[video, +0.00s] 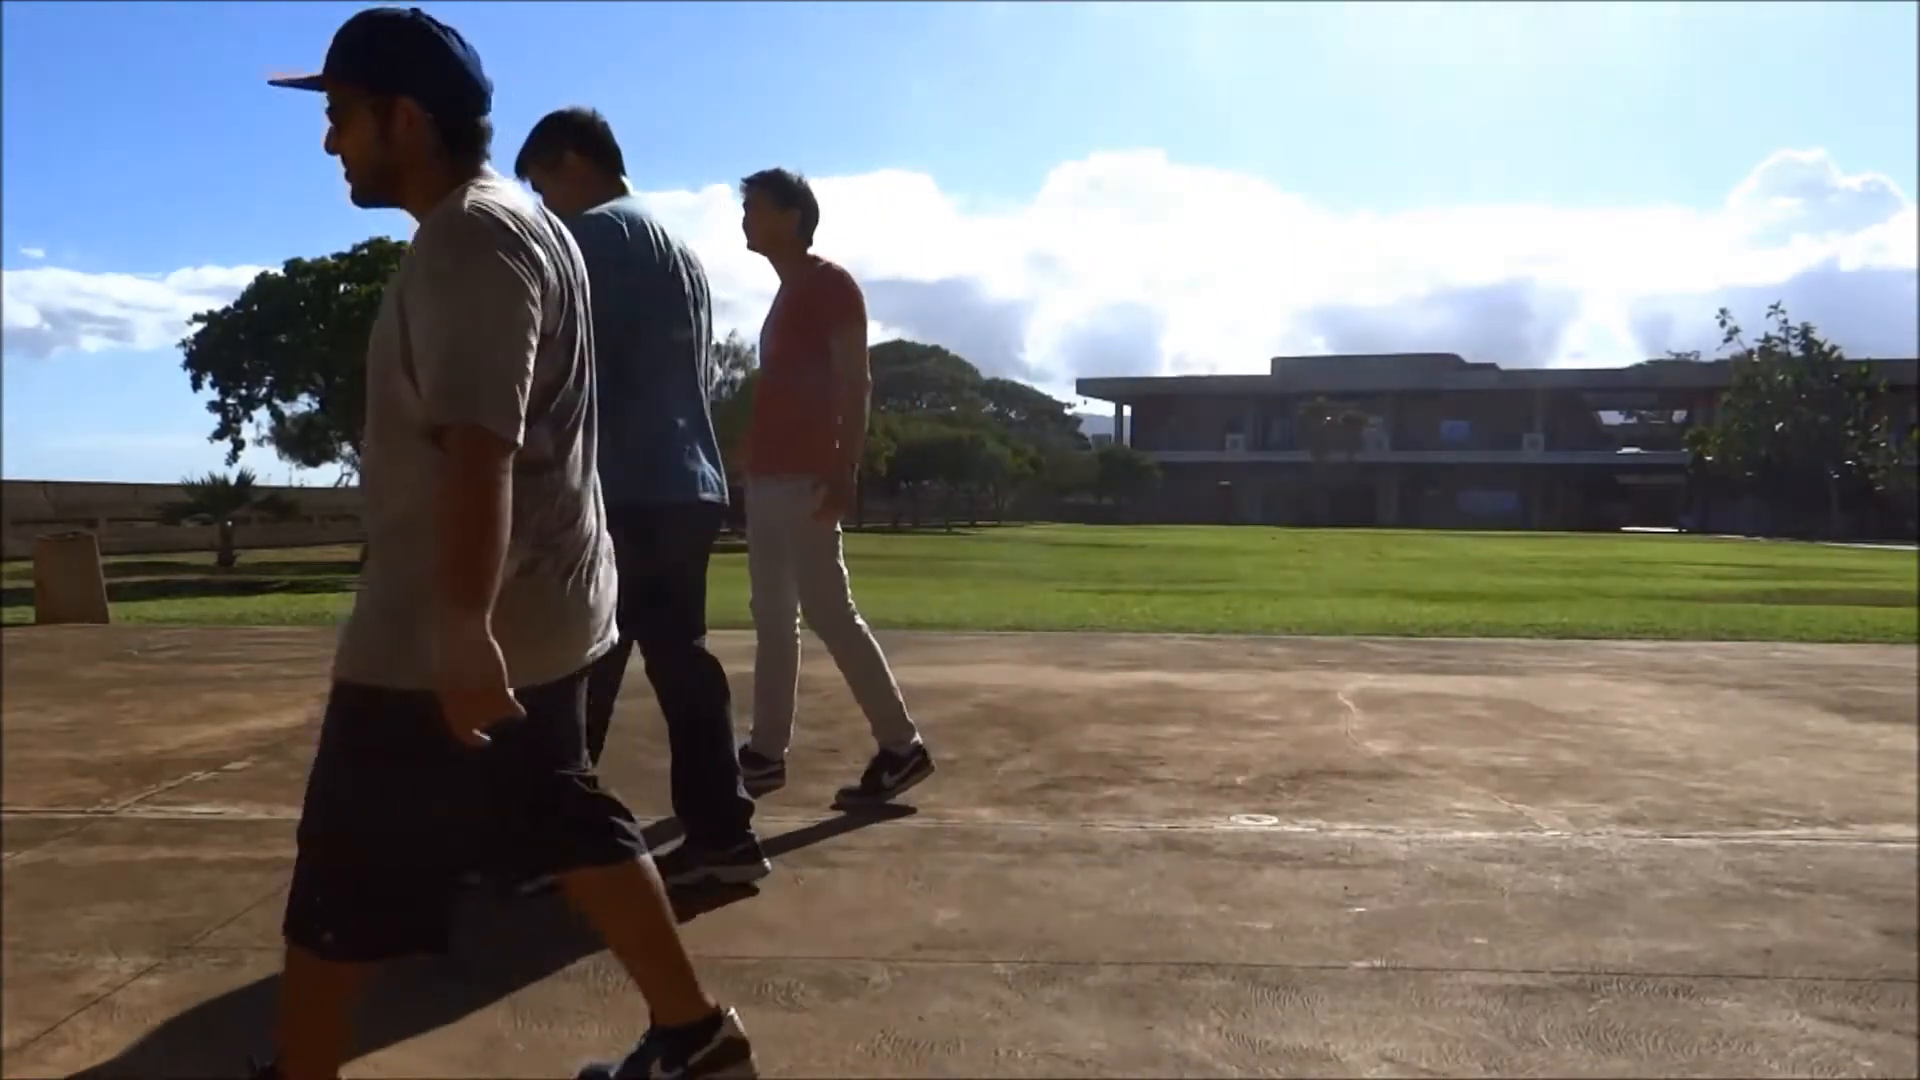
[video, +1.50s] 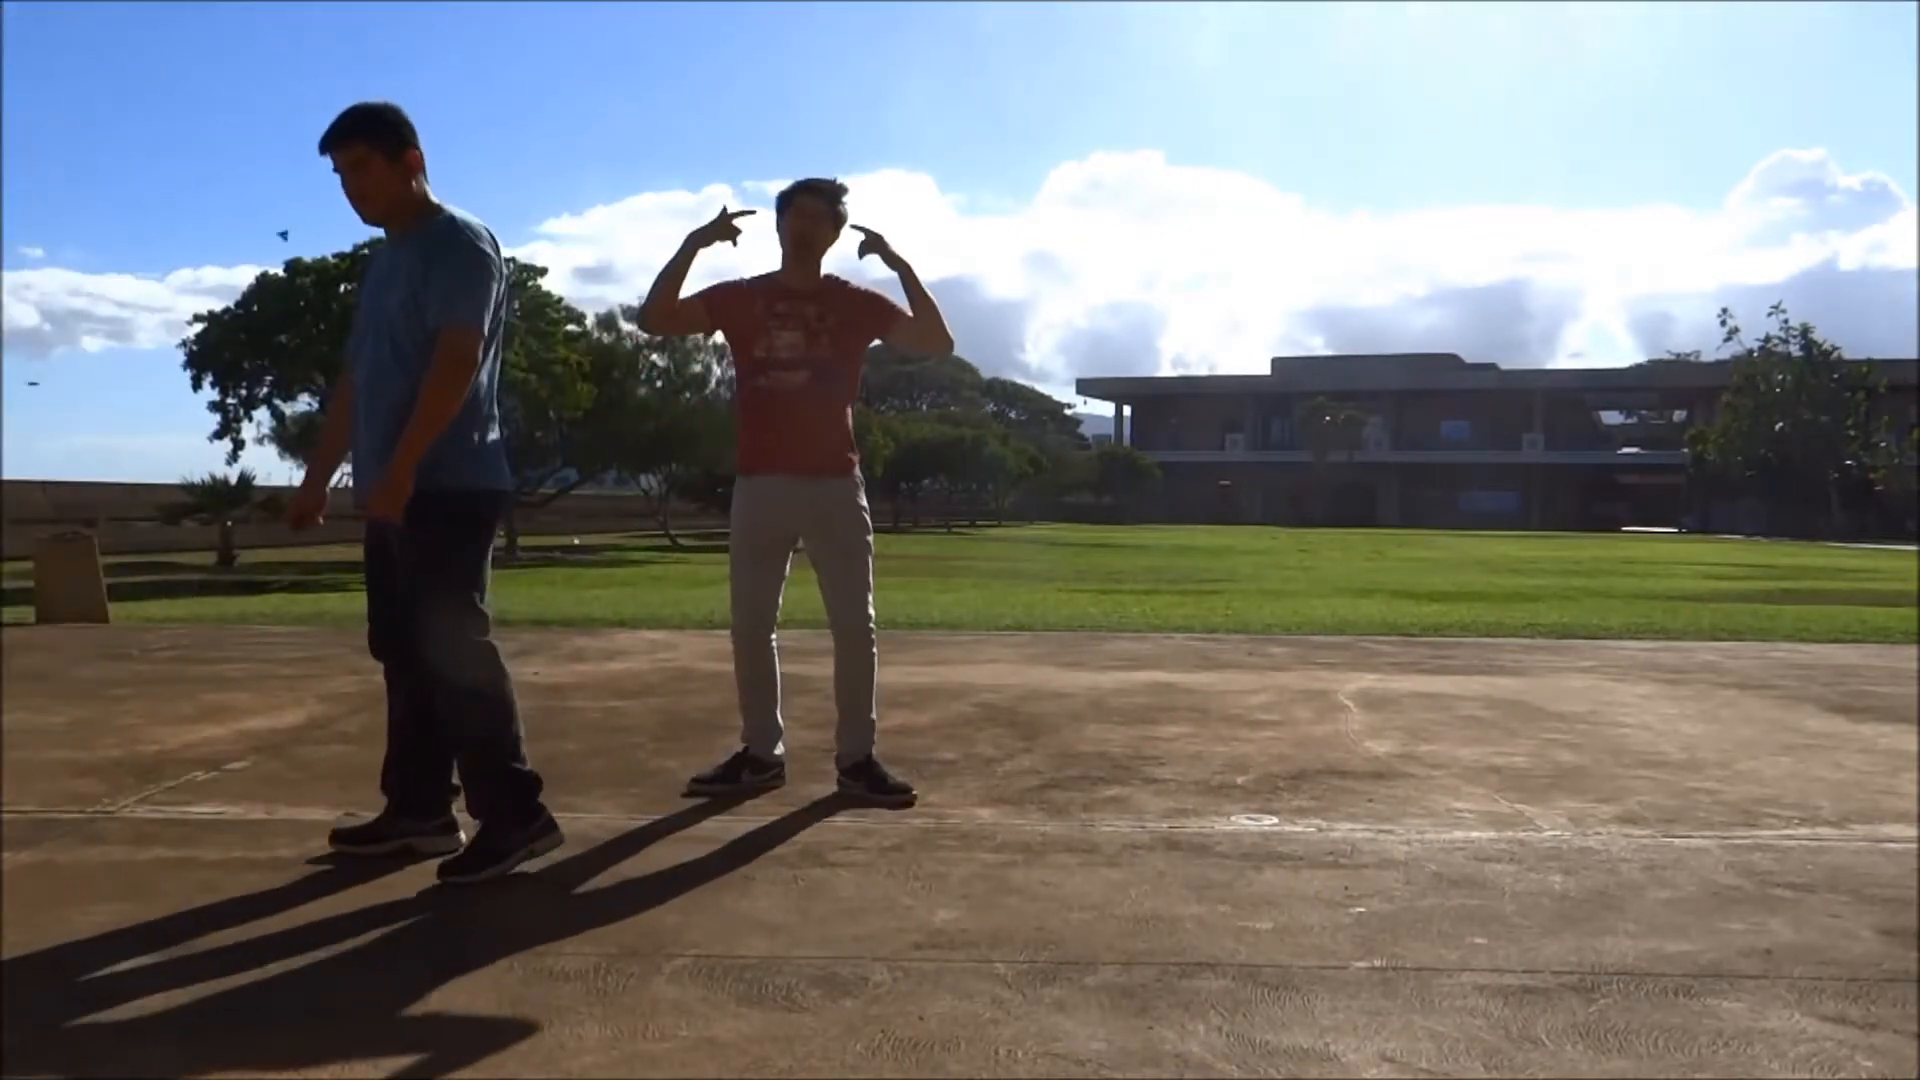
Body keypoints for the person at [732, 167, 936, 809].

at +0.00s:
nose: (743, 221)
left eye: (753, 209)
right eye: (744, 209)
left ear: (791, 217)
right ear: (779, 220)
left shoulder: (832, 285)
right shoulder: (787, 294)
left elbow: (855, 386)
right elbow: (779, 392)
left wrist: (846, 472)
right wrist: (752, 467)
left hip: (807, 478)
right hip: (766, 479)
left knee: (832, 616)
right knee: (772, 620)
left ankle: (902, 746)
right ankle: (764, 754)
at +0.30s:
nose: (716, 225)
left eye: (726, 213)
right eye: (714, 215)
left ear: (763, 215)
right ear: (723, 224)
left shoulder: (807, 287)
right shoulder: (731, 309)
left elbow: (844, 381)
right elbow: (711, 392)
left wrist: (845, 441)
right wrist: (649, 433)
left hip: (781, 477)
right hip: (730, 481)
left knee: (787, 614)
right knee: (751, 620)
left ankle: (873, 739)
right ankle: (763, 752)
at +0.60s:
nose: (712, 227)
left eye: (723, 214)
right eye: (704, 218)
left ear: (753, 219)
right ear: (699, 229)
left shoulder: (795, 288)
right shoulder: (703, 315)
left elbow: (850, 361)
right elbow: (661, 389)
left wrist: (855, 388)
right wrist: (584, 394)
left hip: (775, 478)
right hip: (716, 481)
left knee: (786, 613)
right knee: (741, 621)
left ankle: (828, 747)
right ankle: (761, 752)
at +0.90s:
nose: (733, 223)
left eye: (745, 213)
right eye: (723, 214)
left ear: (764, 221)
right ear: (708, 225)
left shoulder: (798, 292)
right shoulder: (695, 309)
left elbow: (856, 345)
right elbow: (632, 364)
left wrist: (875, 376)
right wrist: (598, 377)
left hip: (786, 482)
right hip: (718, 486)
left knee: (819, 618)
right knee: (742, 626)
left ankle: (855, 749)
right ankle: (761, 752)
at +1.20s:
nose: (770, 224)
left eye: (782, 215)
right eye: (760, 213)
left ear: (799, 228)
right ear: (741, 223)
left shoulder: (821, 298)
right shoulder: (709, 305)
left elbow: (906, 338)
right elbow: (628, 340)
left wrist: (886, 328)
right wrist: (611, 322)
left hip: (802, 488)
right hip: (730, 489)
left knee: (827, 623)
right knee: (741, 629)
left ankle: (853, 760)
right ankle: (761, 755)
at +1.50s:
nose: (810, 225)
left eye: (822, 217)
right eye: (800, 214)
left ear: (837, 231)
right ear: (780, 223)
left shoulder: (853, 302)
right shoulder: (742, 298)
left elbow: (936, 341)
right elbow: (656, 316)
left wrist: (901, 265)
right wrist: (694, 243)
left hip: (835, 488)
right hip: (761, 486)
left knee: (855, 626)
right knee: (751, 628)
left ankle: (858, 760)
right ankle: (761, 755)